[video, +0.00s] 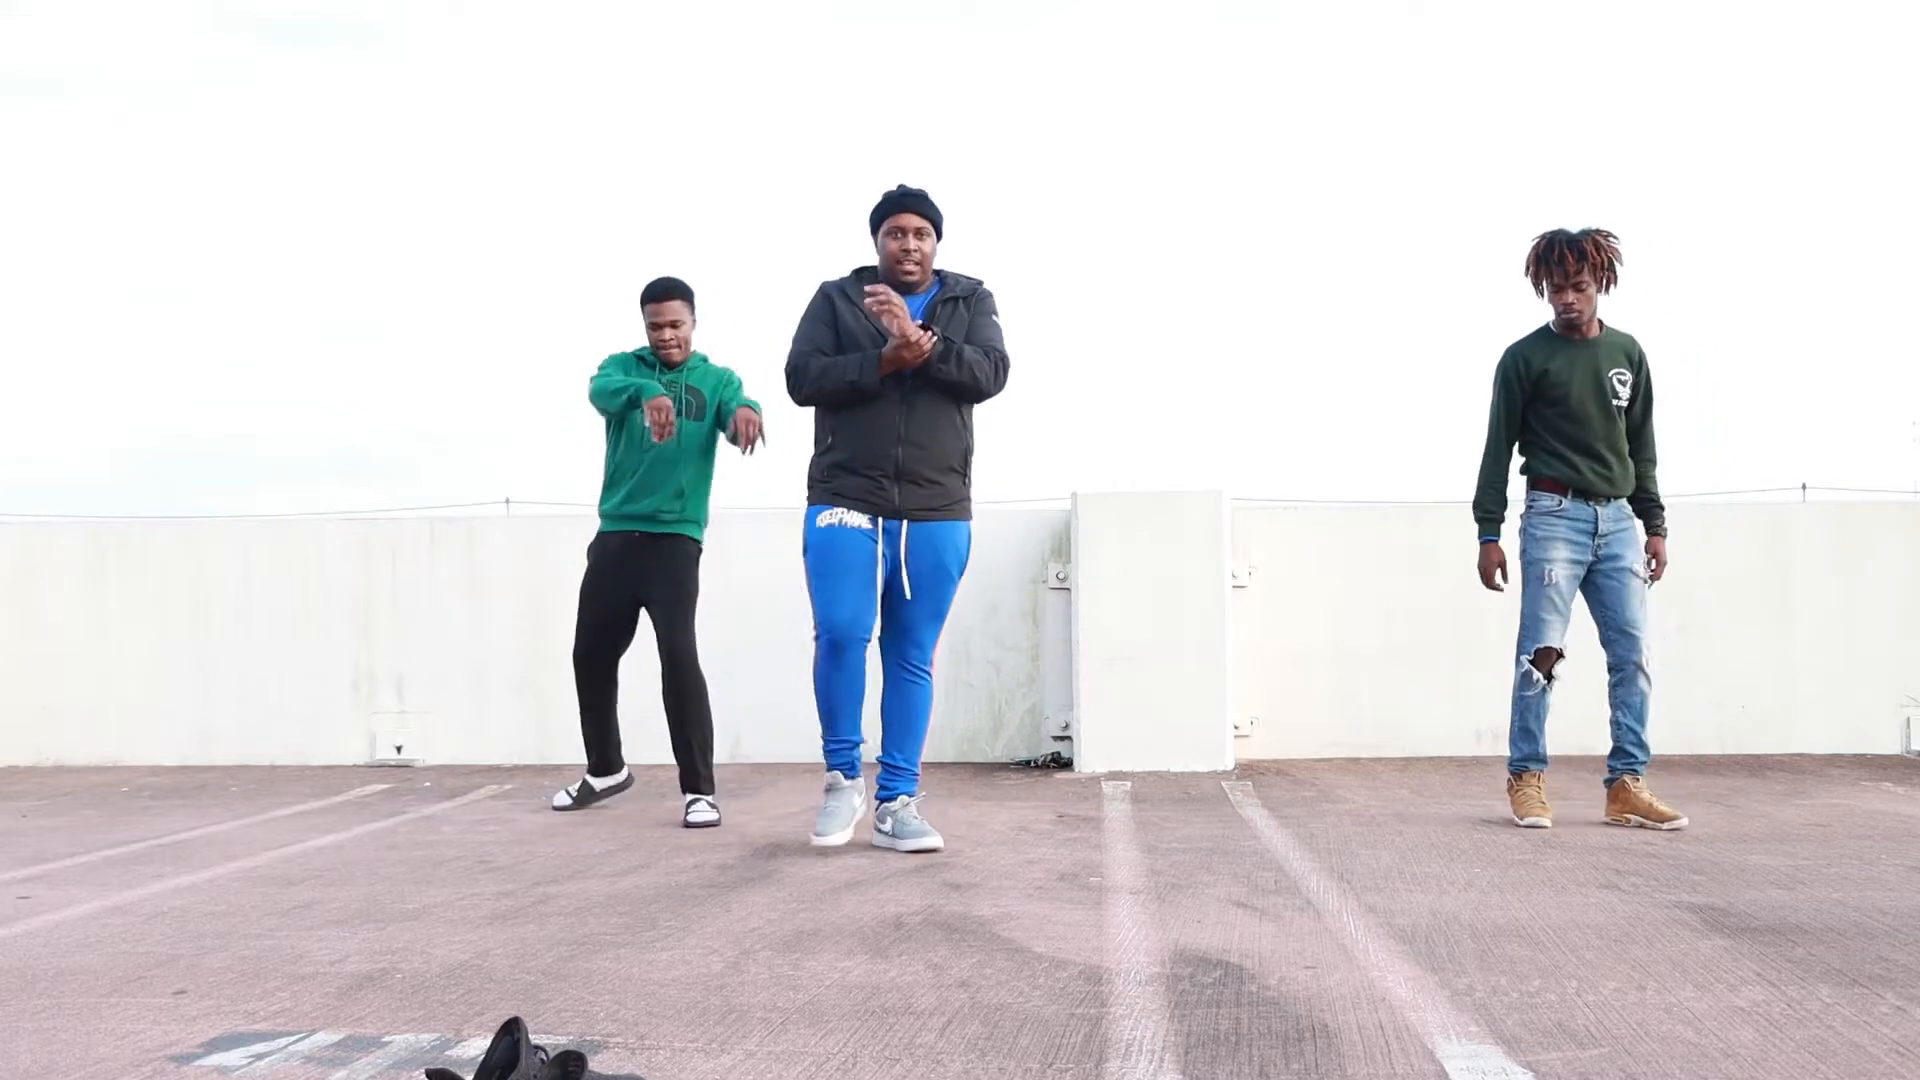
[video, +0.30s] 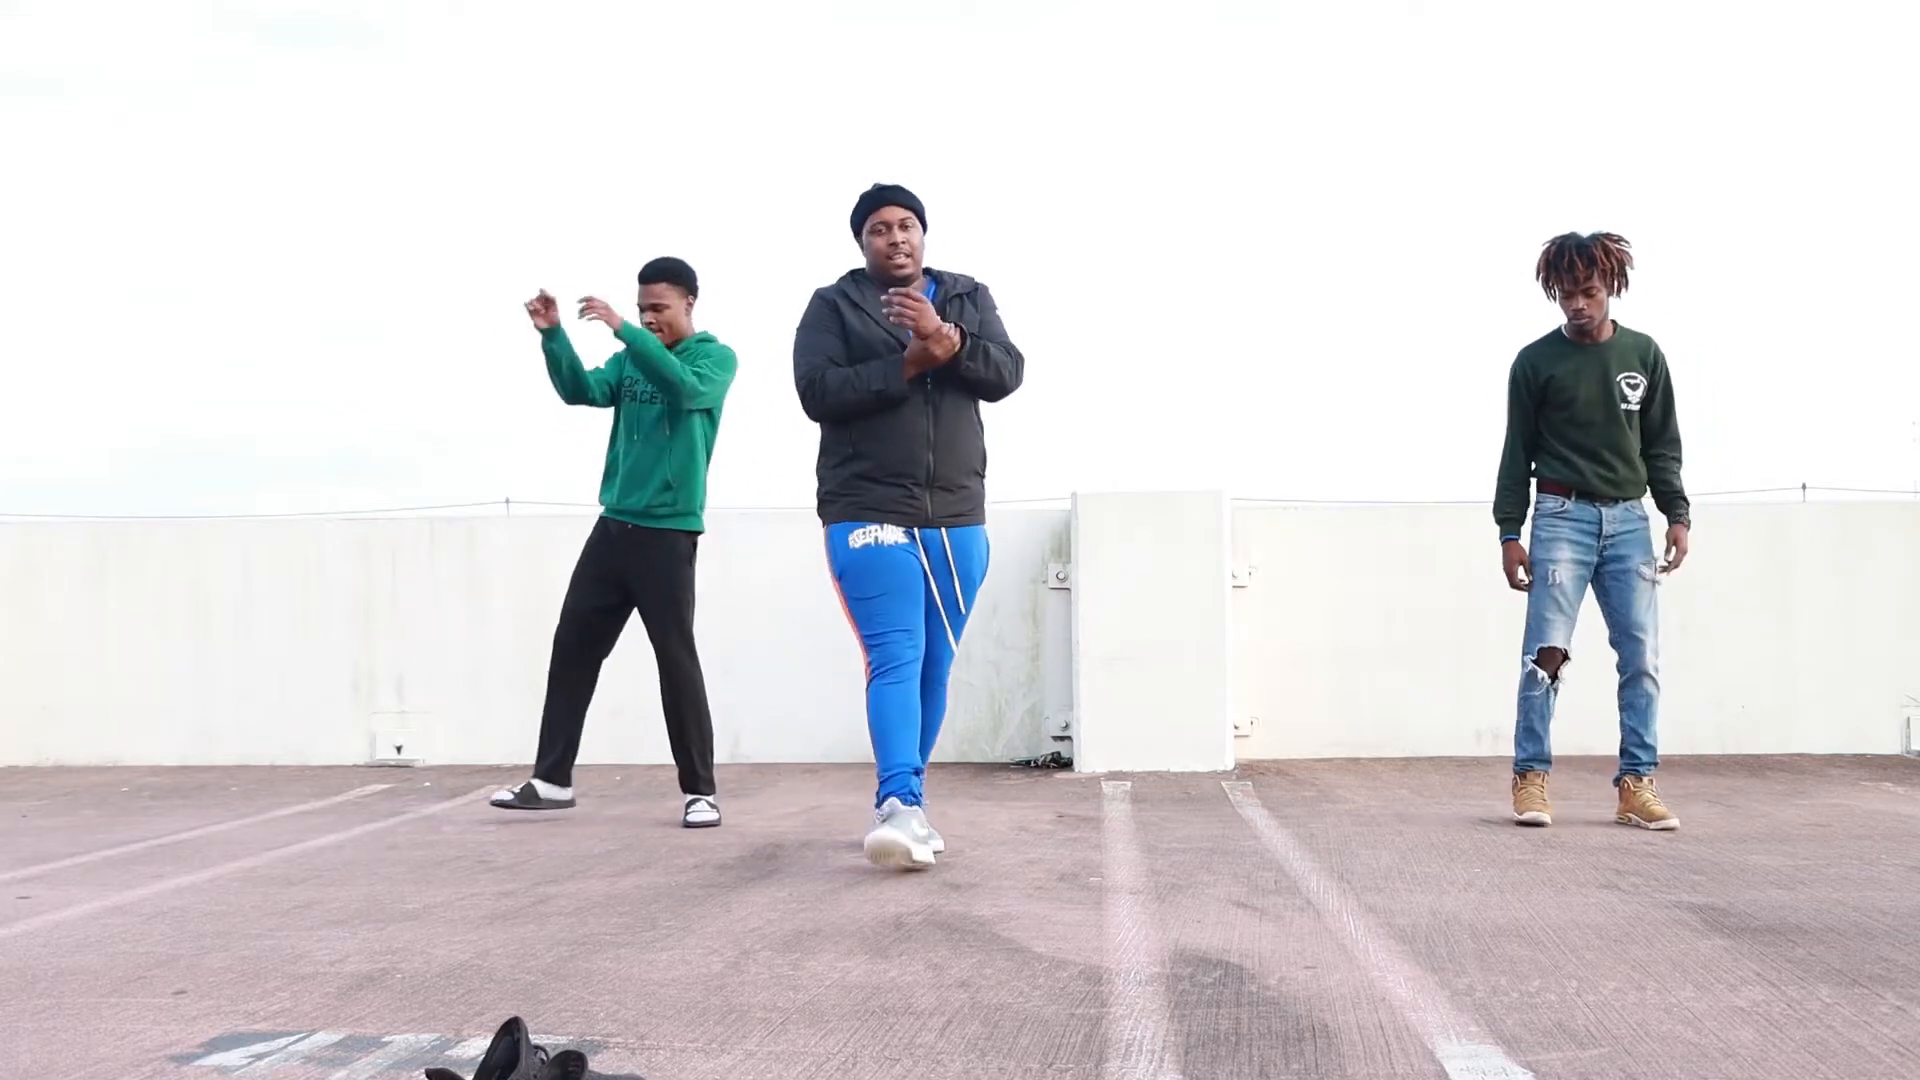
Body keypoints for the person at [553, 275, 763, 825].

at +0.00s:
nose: (667, 335)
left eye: (676, 324)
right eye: (657, 326)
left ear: (694, 323)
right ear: (645, 327)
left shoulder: (715, 377)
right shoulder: (623, 367)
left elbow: (731, 407)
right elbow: (601, 390)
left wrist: (744, 410)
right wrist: (647, 394)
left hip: (674, 541)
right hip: (615, 538)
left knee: (678, 658)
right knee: (591, 656)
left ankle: (698, 791)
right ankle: (606, 772)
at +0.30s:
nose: (648, 319)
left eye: (659, 308)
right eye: (643, 310)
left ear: (691, 304)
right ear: (640, 311)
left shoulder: (715, 356)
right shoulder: (632, 359)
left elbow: (687, 389)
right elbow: (577, 388)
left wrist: (625, 327)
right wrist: (553, 332)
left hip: (668, 535)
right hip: (613, 529)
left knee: (676, 659)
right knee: (574, 647)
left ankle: (700, 792)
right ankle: (552, 780)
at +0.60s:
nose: (591, 340)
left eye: (601, 329)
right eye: (584, 330)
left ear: (630, 326)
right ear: (578, 332)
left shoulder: (658, 373)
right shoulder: (582, 394)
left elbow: (620, 428)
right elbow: (535, 446)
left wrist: (539, 454)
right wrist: (483, 441)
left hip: (629, 558)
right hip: (571, 555)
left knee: (648, 678)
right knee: (522, 665)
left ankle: (698, 793)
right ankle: (517, 802)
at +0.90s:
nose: (567, 318)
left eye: (578, 309)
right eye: (558, 308)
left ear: (593, 315)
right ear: (542, 314)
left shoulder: (615, 364)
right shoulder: (522, 375)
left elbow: (625, 386)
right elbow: (479, 406)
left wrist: (580, 360)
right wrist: (473, 374)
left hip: (603, 546)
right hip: (532, 546)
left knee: (638, 666)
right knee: (504, 672)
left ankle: (672, 790)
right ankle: (515, 802)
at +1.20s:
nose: (599, 310)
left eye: (607, 302)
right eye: (588, 299)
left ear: (613, 309)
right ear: (559, 300)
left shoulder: (621, 366)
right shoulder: (525, 352)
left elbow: (666, 405)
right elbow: (539, 381)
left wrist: (704, 368)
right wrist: (615, 338)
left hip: (620, 537)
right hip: (550, 539)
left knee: (667, 651)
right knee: (527, 669)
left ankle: (697, 786)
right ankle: (515, 802)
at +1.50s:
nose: (675, 329)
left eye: (683, 321)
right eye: (664, 319)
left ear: (690, 329)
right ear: (639, 321)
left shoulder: (691, 398)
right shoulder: (615, 365)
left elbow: (728, 461)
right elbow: (639, 404)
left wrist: (777, 461)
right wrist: (720, 412)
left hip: (681, 551)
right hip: (616, 545)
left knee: (722, 667)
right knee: (570, 670)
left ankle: (708, 798)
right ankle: (518, 794)